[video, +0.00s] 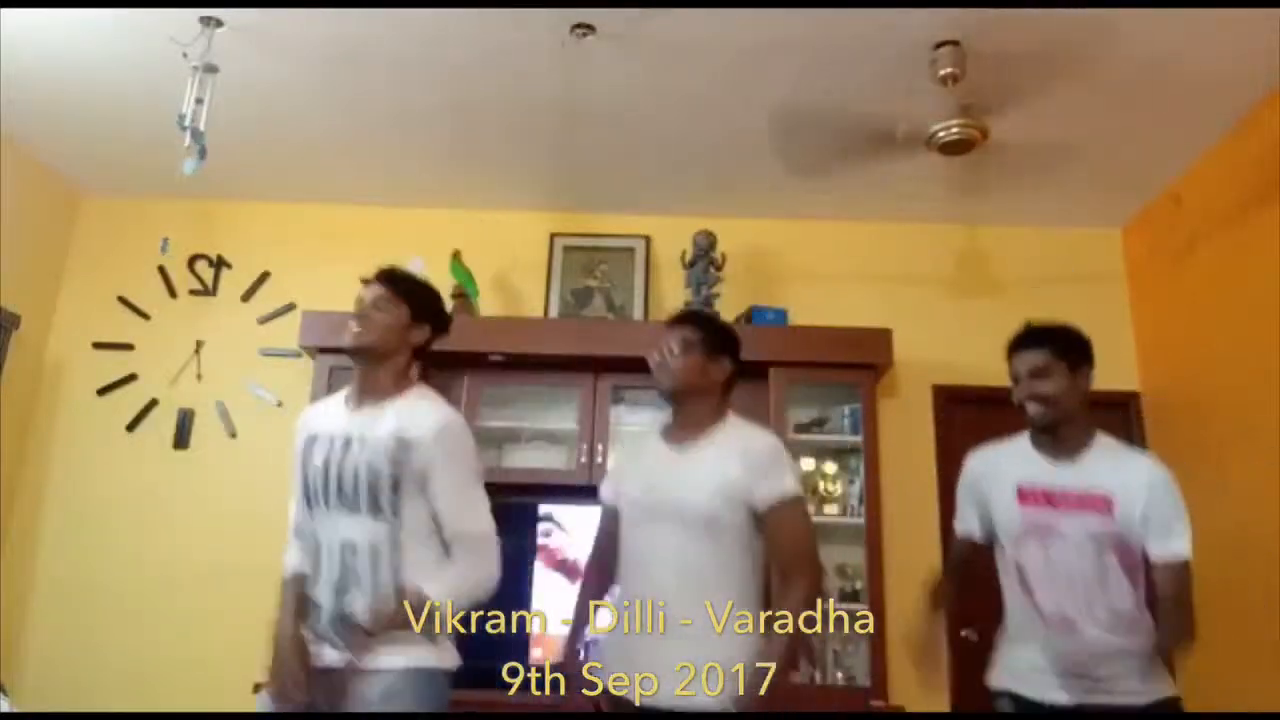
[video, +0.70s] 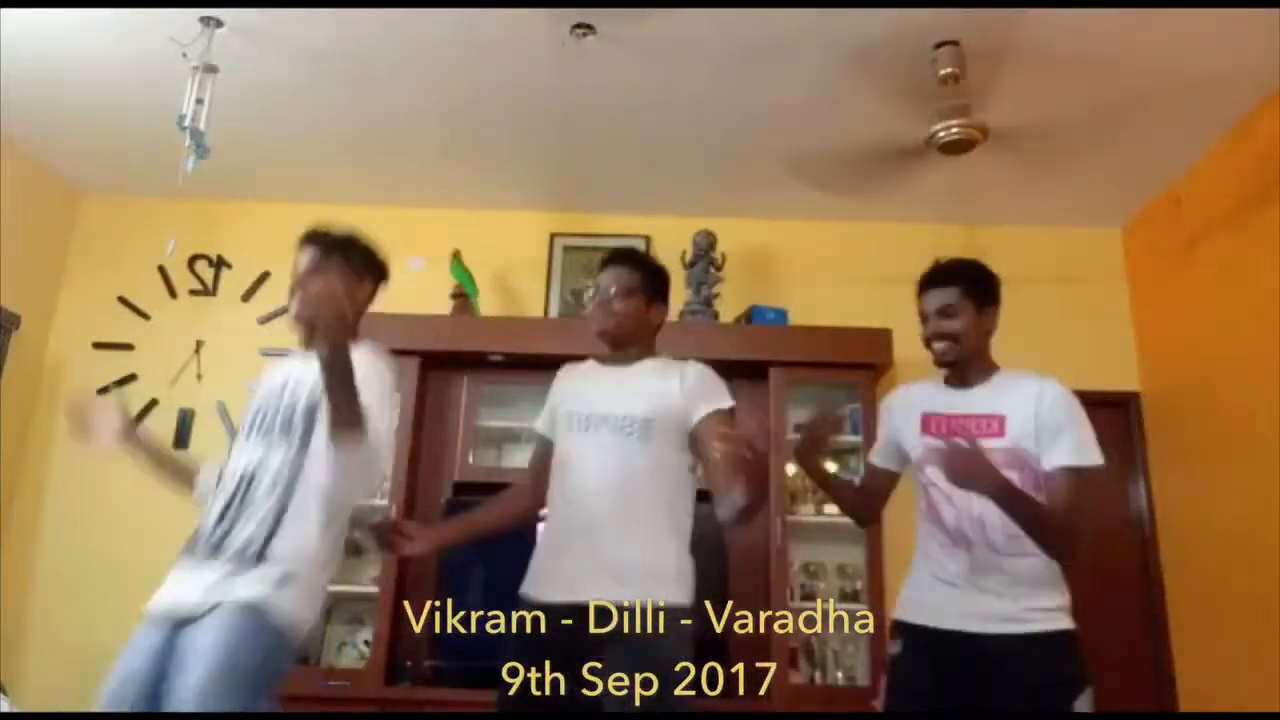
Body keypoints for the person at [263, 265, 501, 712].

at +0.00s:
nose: (357, 314)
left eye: (377, 307)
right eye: (358, 305)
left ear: (418, 333)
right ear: (349, 314)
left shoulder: (437, 426)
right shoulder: (315, 421)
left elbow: (480, 561)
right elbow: (300, 536)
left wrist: (409, 608)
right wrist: (288, 630)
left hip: (400, 666)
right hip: (317, 663)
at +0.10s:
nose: (349, 272)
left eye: (367, 263)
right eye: (351, 262)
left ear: (411, 281)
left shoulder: (431, 362)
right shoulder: (330, 369)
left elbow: (451, 505)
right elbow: (312, 487)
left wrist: (357, 509)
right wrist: (276, 527)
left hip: (360, 608)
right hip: (284, 600)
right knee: (239, 704)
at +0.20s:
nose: (337, 247)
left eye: (353, 235)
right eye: (339, 234)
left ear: (401, 247)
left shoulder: (423, 333)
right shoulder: (334, 337)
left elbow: (429, 462)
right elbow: (316, 464)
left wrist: (316, 432)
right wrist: (227, 459)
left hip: (322, 556)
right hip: (262, 544)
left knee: (291, 702)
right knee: (186, 696)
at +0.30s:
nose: (315, 261)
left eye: (330, 246)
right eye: (317, 249)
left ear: (376, 254)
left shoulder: (400, 339)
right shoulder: (328, 344)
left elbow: (401, 480)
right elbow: (273, 473)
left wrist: (326, 435)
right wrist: (169, 483)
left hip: (276, 556)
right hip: (230, 538)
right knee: (121, 697)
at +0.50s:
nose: (273, 331)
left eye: (292, 320)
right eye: (278, 320)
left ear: (336, 340)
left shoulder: (340, 422)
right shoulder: (283, 430)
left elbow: (339, 573)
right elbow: (248, 545)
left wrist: (364, 550)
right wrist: (178, 571)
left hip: (223, 635)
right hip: (167, 621)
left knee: (129, 709)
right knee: (73, 707)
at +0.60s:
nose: (276, 318)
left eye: (297, 308)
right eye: (281, 307)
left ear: (345, 328)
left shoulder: (345, 410)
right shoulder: (285, 415)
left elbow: (338, 537)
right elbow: (248, 537)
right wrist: (171, 522)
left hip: (246, 613)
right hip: (185, 601)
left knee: (157, 700)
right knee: (85, 704)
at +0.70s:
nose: (296, 290)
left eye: (312, 277)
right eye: (296, 278)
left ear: (360, 291)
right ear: (292, 284)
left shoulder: (366, 368)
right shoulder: (277, 375)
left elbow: (359, 484)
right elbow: (222, 491)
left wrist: (333, 351)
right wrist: (134, 438)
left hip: (269, 586)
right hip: (195, 577)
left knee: (200, 700)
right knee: (120, 701)